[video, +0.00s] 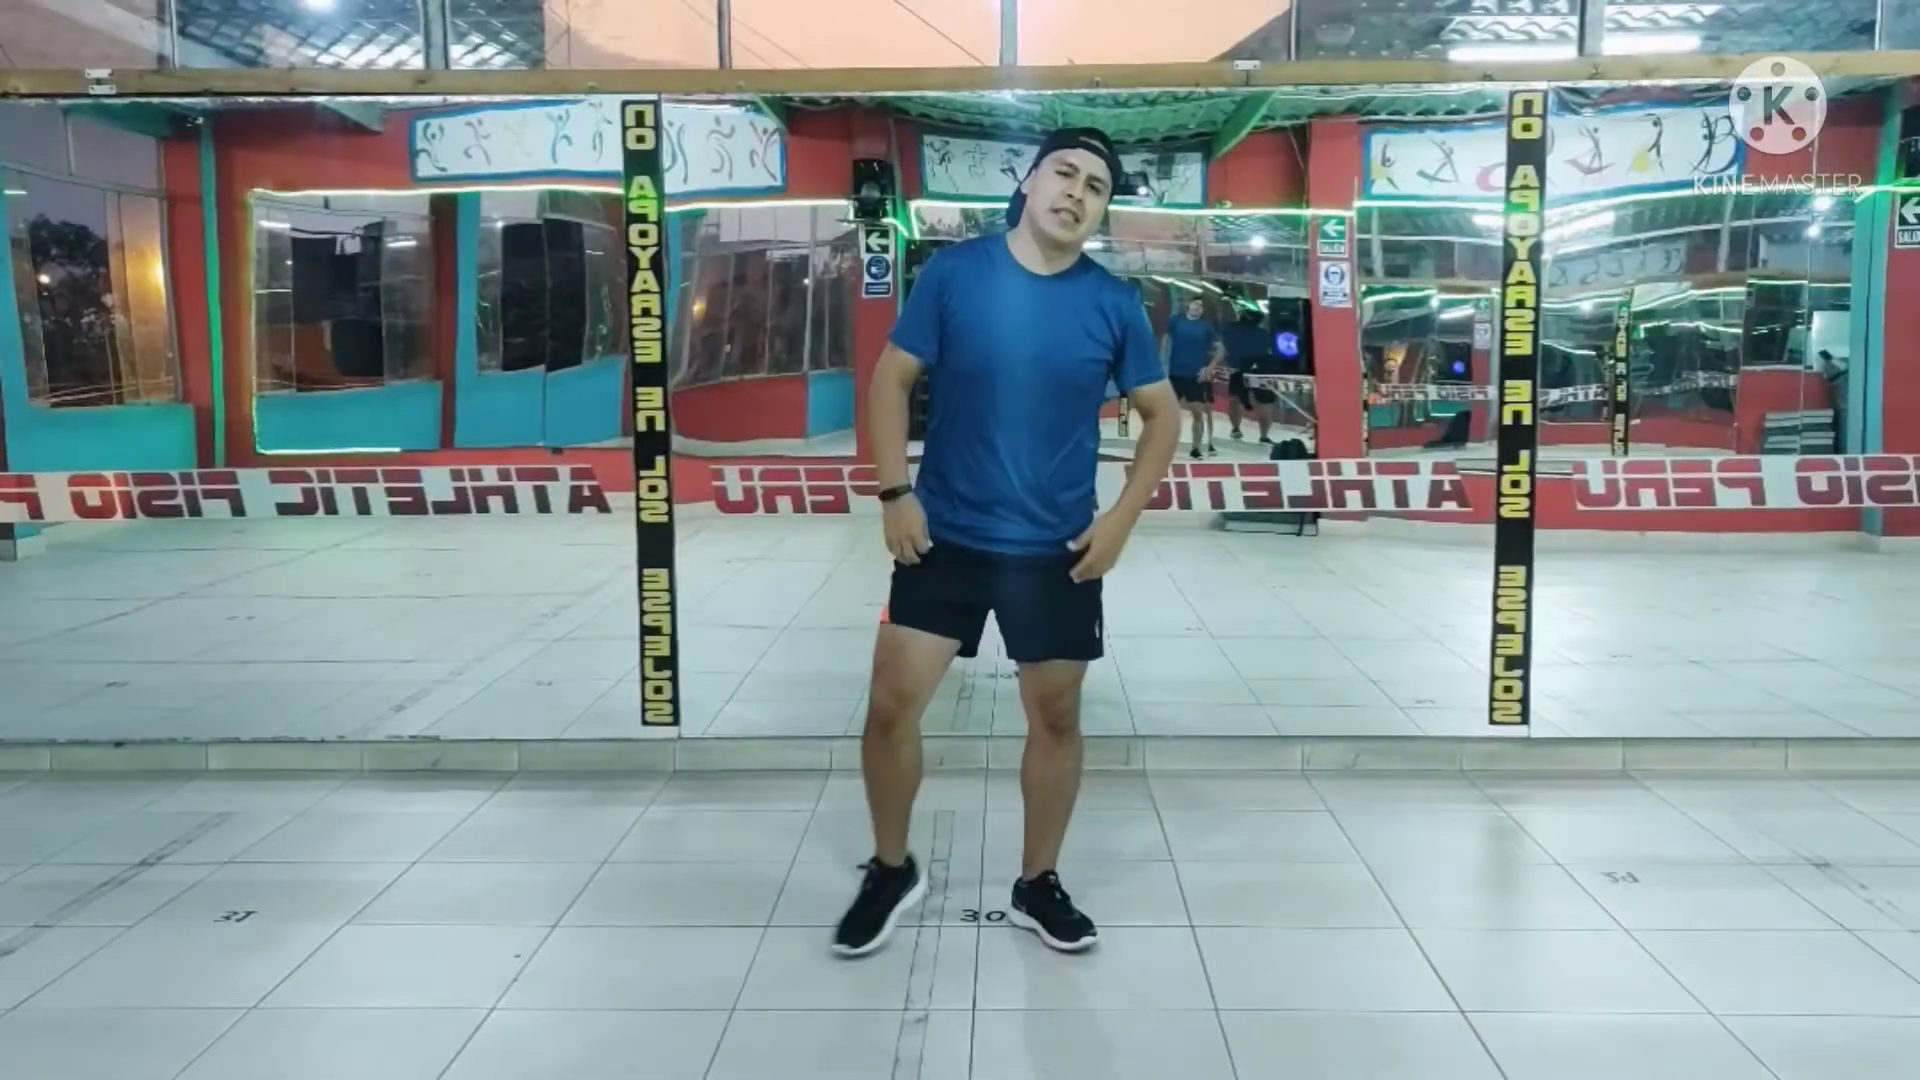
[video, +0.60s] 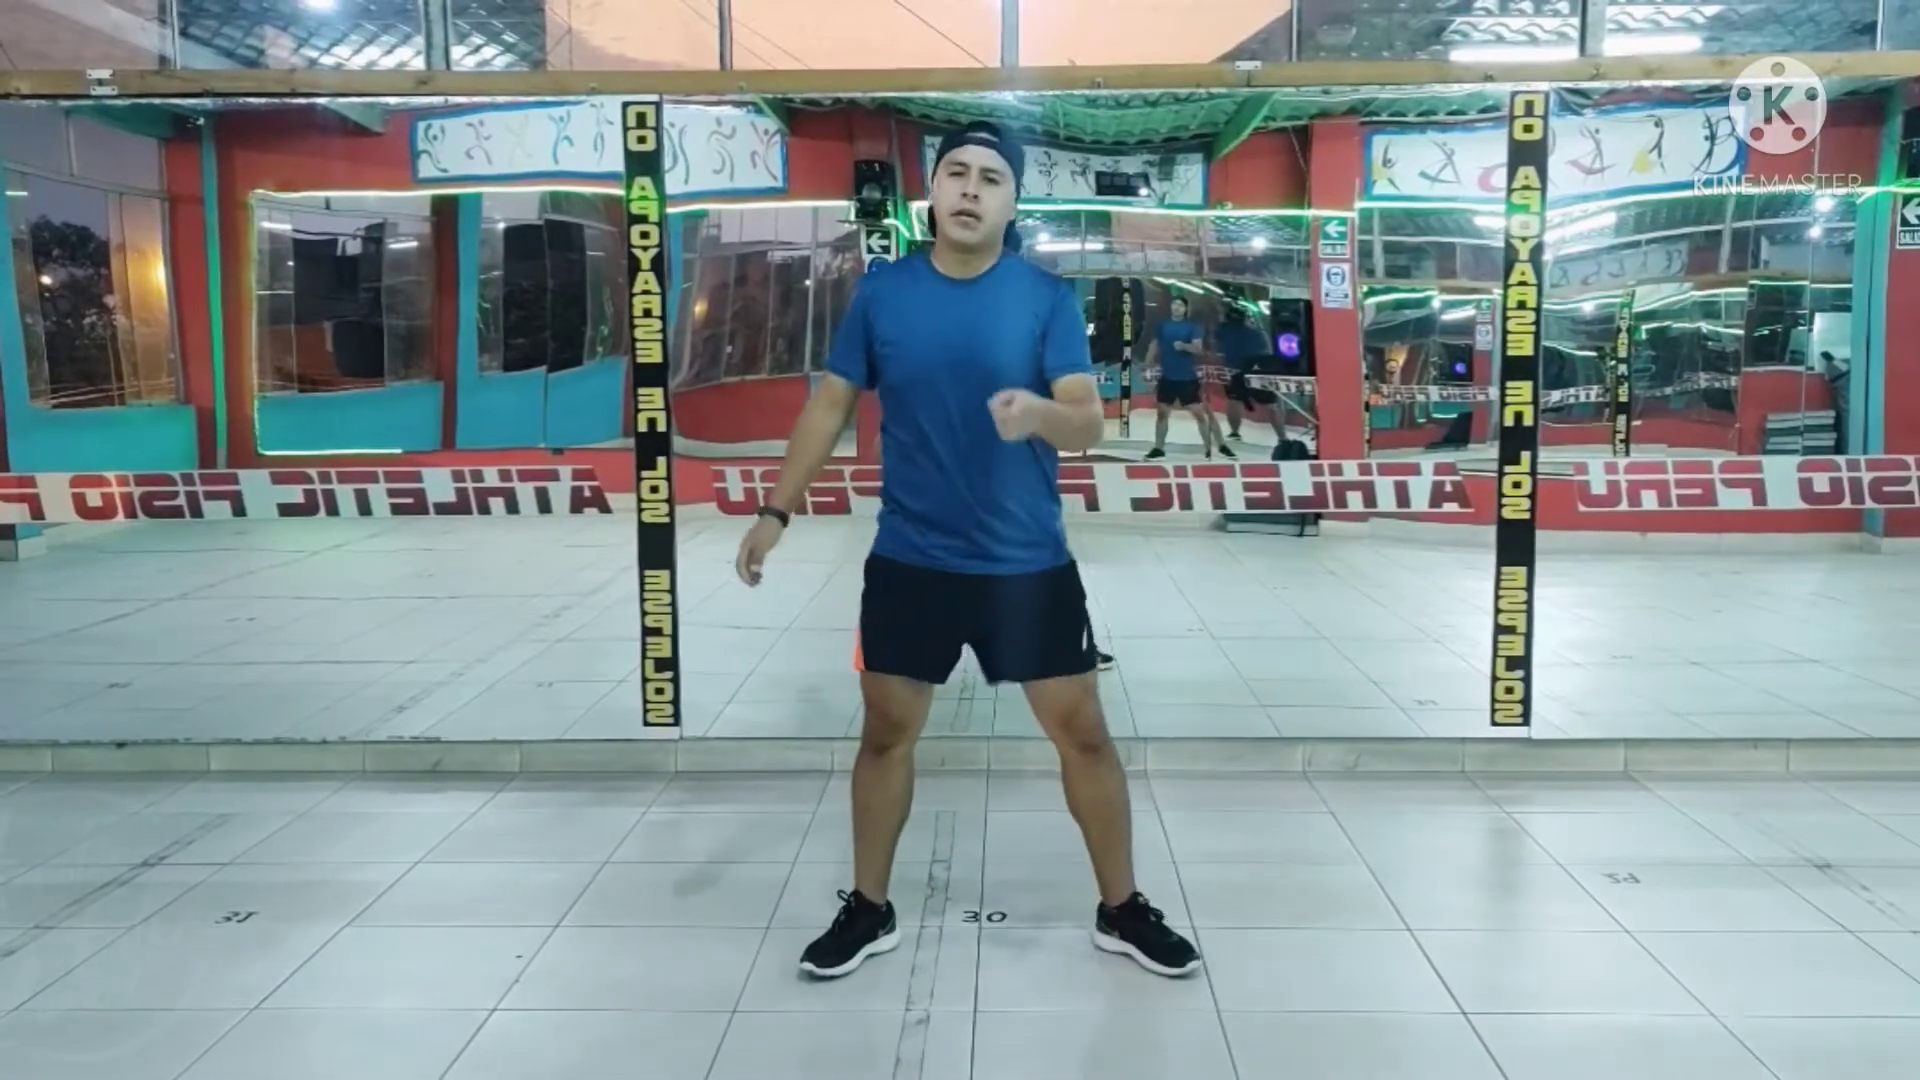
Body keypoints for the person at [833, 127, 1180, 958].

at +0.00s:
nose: (1078, 192)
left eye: (1095, 187)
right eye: (1065, 174)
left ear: (1103, 212)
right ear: (1026, 183)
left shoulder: (1114, 303)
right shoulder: (952, 275)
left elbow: (1163, 417)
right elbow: (889, 381)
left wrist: (1122, 516)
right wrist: (894, 493)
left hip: (1054, 547)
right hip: (946, 535)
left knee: (1057, 716)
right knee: (891, 704)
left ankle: (1039, 881)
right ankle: (890, 867)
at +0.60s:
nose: (969, 189)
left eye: (989, 179)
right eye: (955, 174)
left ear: (1013, 204)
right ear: (931, 192)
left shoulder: (1045, 297)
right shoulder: (883, 292)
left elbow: (1085, 423)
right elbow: (828, 406)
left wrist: (1043, 414)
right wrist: (776, 510)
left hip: (1027, 559)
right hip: (912, 554)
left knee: (1083, 731)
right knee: (886, 732)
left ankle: (1122, 903)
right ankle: (867, 903)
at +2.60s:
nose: (996, 189)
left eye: (1017, 180)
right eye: (983, 174)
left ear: (1040, 204)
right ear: (955, 190)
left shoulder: (1070, 299)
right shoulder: (901, 292)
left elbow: (1111, 433)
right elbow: (866, 412)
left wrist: (1070, 397)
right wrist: (847, 530)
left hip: (1045, 563)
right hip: (928, 560)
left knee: (1095, 742)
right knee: (896, 738)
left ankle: (1126, 906)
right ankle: (872, 904)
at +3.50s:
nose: (997, 207)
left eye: (1017, 195)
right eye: (984, 187)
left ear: (1039, 214)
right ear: (956, 195)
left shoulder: (1066, 304)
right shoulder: (898, 291)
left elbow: (1109, 412)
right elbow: (858, 407)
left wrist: (1123, 509)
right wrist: (842, 526)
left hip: (1033, 563)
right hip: (918, 557)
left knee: (1093, 739)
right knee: (890, 735)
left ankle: (1127, 906)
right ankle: (874, 905)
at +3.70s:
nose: (993, 218)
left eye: (1015, 205)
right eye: (981, 197)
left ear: (1037, 221)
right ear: (954, 201)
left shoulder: (1063, 317)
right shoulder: (894, 293)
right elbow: (850, 402)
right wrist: (831, 518)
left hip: (1025, 566)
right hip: (909, 560)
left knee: (1097, 734)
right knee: (884, 735)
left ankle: (1130, 903)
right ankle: (873, 905)